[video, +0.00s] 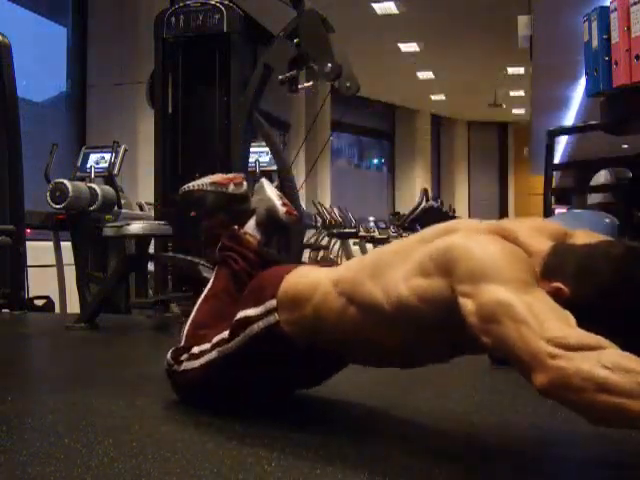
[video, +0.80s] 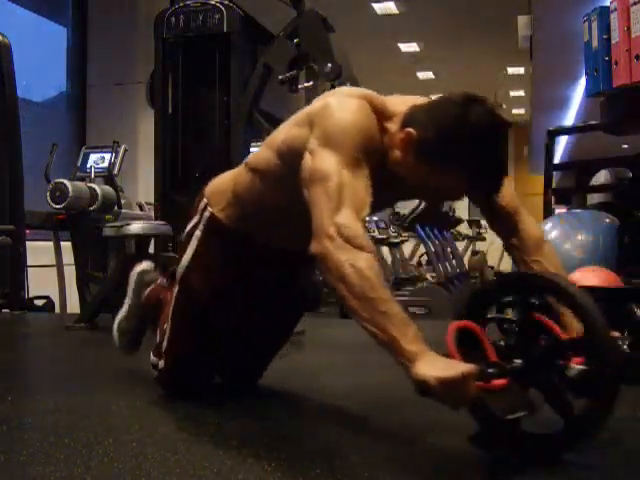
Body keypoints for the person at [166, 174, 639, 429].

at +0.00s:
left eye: (596, 334)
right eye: (586, 324)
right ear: (563, 291)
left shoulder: (561, 243)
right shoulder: (485, 259)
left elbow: (599, 344)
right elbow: (560, 367)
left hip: (331, 317)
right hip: (291, 316)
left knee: (239, 373)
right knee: (186, 372)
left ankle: (265, 252)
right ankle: (233, 254)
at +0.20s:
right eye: (552, 302)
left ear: (540, 251)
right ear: (536, 260)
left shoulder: (541, 214)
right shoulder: (464, 224)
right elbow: (521, 341)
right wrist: (637, 392)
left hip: (330, 315)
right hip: (283, 298)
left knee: (238, 378)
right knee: (184, 372)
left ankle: (261, 252)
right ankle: (233, 256)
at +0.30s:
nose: (514, 283)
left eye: (533, 283)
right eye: (528, 275)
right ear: (514, 233)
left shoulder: (526, 190)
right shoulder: (444, 199)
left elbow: (611, 238)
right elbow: (494, 321)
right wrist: (632, 393)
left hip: (327, 302)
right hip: (275, 285)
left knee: (255, 378)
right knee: (183, 373)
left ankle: (257, 246)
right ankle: (227, 249)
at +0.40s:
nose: (503, 273)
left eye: (517, 269)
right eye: (509, 259)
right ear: (492, 210)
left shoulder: (529, 187)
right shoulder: (421, 174)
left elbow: (623, 261)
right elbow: (458, 299)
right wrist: (597, 390)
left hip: (324, 294)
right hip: (262, 271)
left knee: (250, 382)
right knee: (185, 377)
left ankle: (240, 229)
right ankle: (220, 242)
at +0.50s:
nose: (483, 247)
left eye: (498, 243)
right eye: (488, 236)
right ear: (467, 191)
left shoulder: (496, 164)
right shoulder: (398, 152)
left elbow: (591, 247)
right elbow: (422, 282)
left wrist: (637, 293)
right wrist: (540, 380)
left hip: (315, 279)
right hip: (252, 255)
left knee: (247, 381)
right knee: (181, 377)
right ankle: (209, 240)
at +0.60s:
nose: (466, 228)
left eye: (479, 224)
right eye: (469, 217)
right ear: (447, 168)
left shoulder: (480, 148)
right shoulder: (376, 136)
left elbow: (558, 231)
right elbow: (390, 266)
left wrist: (614, 302)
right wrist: (493, 369)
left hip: (304, 271)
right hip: (238, 252)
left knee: (243, 381)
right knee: (182, 381)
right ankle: (190, 254)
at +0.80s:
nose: (430, 204)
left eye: (445, 198)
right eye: (429, 190)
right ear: (409, 145)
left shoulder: (453, 143)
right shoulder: (345, 117)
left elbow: (515, 223)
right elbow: (338, 244)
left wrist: (575, 313)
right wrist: (418, 356)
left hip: (293, 253)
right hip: (227, 233)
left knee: (238, 378)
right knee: (183, 378)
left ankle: (170, 299)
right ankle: (151, 289)